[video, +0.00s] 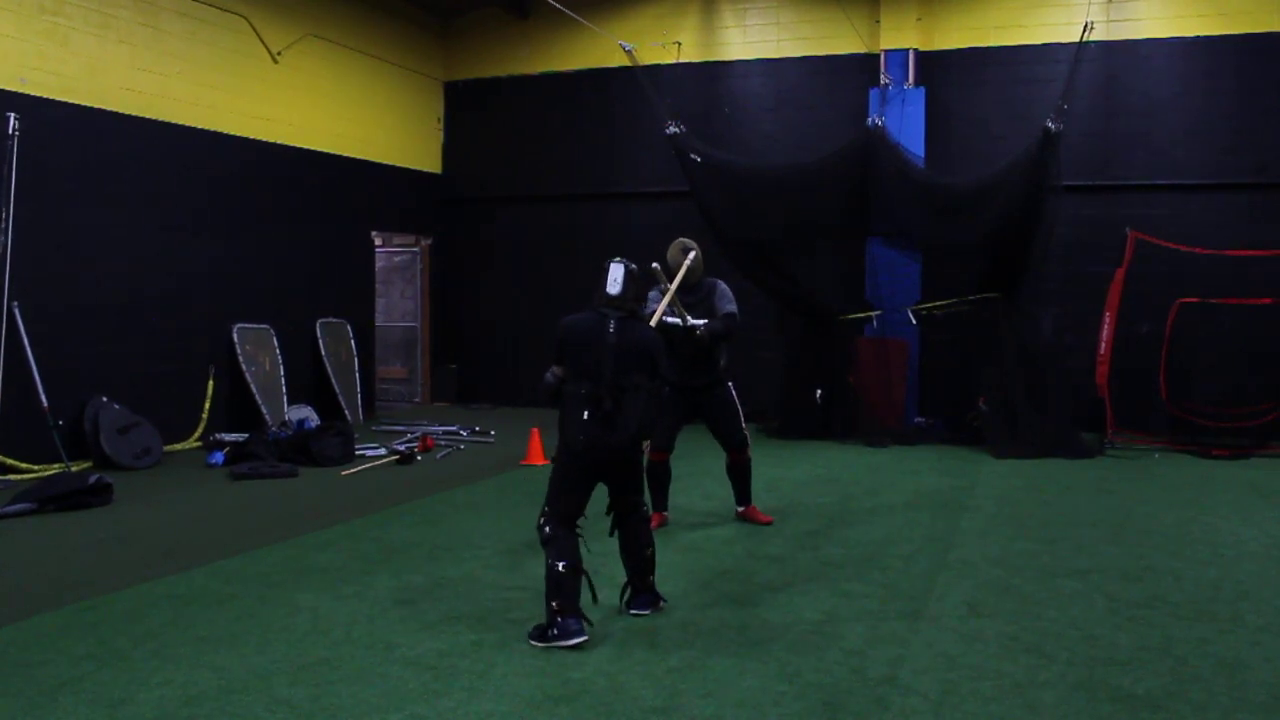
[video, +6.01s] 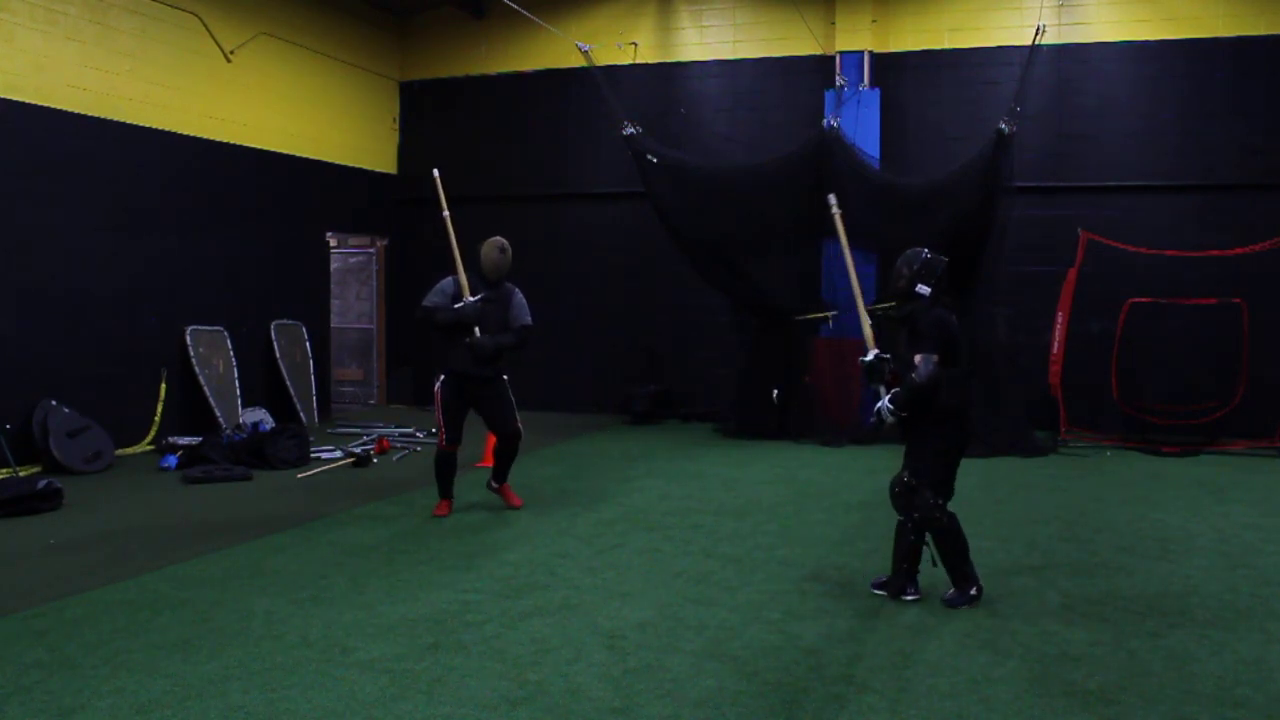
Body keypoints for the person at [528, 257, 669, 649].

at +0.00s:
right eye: (637, 294)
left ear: (599, 291)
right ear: (639, 297)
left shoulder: (574, 328)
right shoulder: (647, 338)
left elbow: (553, 381)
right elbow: (659, 393)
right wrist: (645, 432)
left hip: (579, 446)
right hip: (626, 446)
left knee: (557, 523)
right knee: (632, 512)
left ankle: (566, 618)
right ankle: (643, 593)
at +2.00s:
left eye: (592, 292)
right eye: (612, 292)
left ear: (582, 297)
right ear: (624, 298)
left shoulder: (564, 344)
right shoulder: (643, 346)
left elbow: (543, 401)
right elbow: (660, 403)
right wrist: (642, 441)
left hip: (581, 461)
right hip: (630, 460)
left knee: (553, 543)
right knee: (637, 522)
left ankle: (611, 622)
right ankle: (641, 599)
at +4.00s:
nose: (686, 360)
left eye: (688, 354)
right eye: (686, 353)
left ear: (698, 356)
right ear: (722, 343)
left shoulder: (708, 391)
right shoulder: (752, 366)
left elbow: (688, 431)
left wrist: (686, 397)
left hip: (756, 482)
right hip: (786, 475)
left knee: (689, 525)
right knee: (744, 518)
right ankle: (792, 580)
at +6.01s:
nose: (896, 280)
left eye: (902, 274)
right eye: (899, 273)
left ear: (916, 279)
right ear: (927, 280)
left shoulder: (927, 317)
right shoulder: (920, 315)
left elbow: (926, 372)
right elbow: (918, 368)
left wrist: (894, 402)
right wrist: (887, 367)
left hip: (943, 422)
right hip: (929, 420)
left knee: (926, 498)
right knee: (911, 494)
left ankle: (967, 582)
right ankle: (904, 578)